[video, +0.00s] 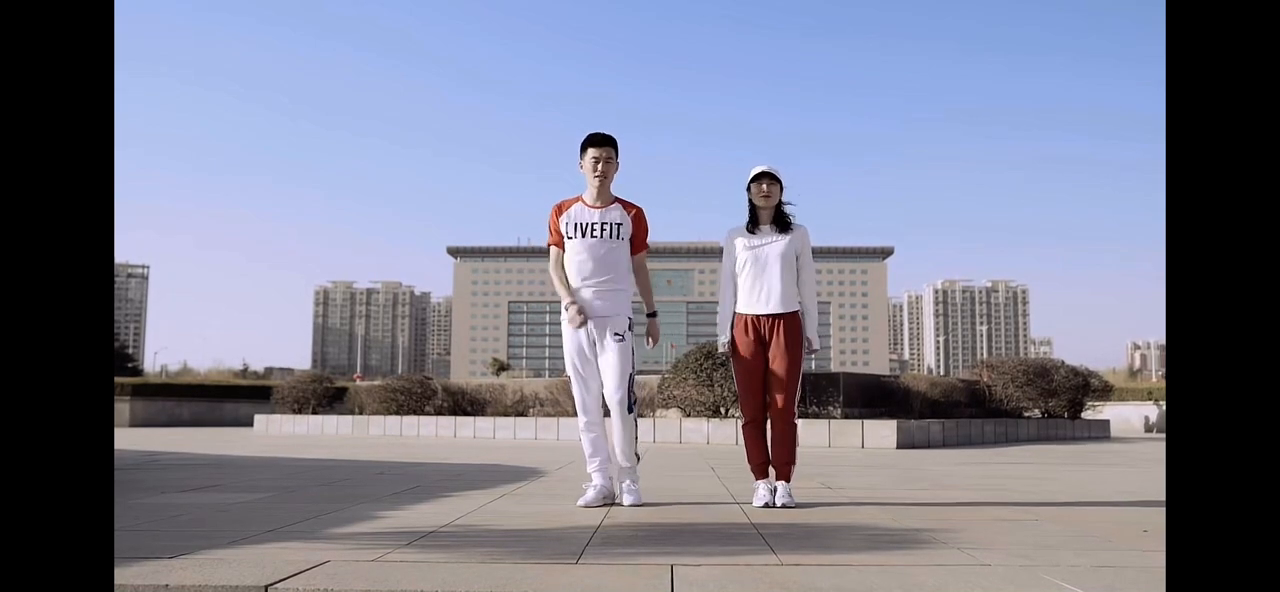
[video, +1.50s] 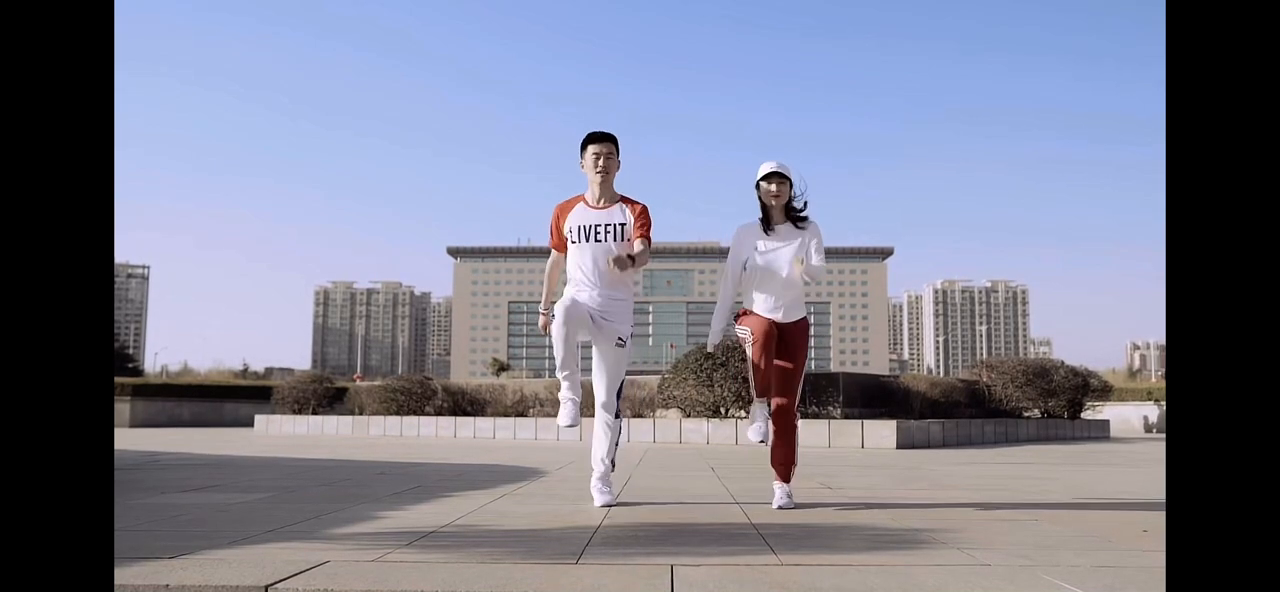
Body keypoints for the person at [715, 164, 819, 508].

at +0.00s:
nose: (765, 188)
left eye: (771, 184)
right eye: (758, 184)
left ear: (780, 192)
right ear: (749, 192)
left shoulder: (797, 234)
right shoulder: (735, 236)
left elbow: (808, 284)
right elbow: (727, 287)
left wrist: (810, 330)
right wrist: (724, 330)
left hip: (785, 325)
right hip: (745, 325)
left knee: (782, 405)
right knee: (752, 408)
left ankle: (782, 482)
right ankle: (761, 481)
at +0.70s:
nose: (761, 194)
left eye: (767, 188)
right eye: (755, 188)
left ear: (776, 193)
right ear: (746, 194)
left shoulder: (795, 232)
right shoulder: (733, 237)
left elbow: (807, 274)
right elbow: (721, 289)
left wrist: (806, 293)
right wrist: (706, 332)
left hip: (785, 323)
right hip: (746, 326)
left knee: (771, 389)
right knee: (752, 404)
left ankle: (782, 452)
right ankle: (762, 480)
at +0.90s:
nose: (766, 184)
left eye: (773, 179)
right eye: (761, 178)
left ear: (782, 185)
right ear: (752, 184)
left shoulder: (796, 227)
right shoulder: (734, 228)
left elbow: (806, 273)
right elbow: (728, 272)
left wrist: (808, 311)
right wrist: (742, 306)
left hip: (785, 307)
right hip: (746, 312)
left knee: (771, 339)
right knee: (753, 400)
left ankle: (777, 417)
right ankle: (760, 478)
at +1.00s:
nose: (771, 185)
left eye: (777, 179)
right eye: (765, 179)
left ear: (786, 185)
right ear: (755, 185)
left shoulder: (795, 225)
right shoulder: (736, 222)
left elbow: (803, 263)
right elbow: (721, 261)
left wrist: (811, 297)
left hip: (785, 311)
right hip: (747, 311)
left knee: (775, 378)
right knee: (750, 398)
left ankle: (779, 459)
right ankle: (758, 471)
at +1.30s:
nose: (773, 180)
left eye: (779, 174)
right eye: (767, 174)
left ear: (788, 180)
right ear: (757, 180)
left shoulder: (803, 220)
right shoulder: (742, 218)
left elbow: (813, 269)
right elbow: (732, 259)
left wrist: (818, 312)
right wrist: (747, 279)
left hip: (788, 309)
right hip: (749, 308)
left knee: (784, 394)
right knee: (748, 393)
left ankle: (784, 476)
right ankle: (756, 445)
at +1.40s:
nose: (774, 190)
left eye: (779, 185)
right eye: (768, 185)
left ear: (789, 191)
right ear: (758, 192)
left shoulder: (806, 232)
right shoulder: (743, 234)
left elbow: (815, 272)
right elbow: (732, 287)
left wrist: (808, 301)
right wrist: (720, 326)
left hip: (793, 316)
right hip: (754, 314)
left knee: (785, 402)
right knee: (759, 339)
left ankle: (783, 484)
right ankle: (755, 403)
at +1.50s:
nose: (775, 187)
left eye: (781, 182)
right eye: (768, 183)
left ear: (790, 188)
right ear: (758, 190)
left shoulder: (807, 229)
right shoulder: (745, 233)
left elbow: (817, 272)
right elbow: (728, 284)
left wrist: (805, 264)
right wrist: (717, 330)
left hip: (794, 320)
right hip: (755, 315)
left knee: (783, 406)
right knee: (763, 329)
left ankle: (782, 483)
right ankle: (760, 407)